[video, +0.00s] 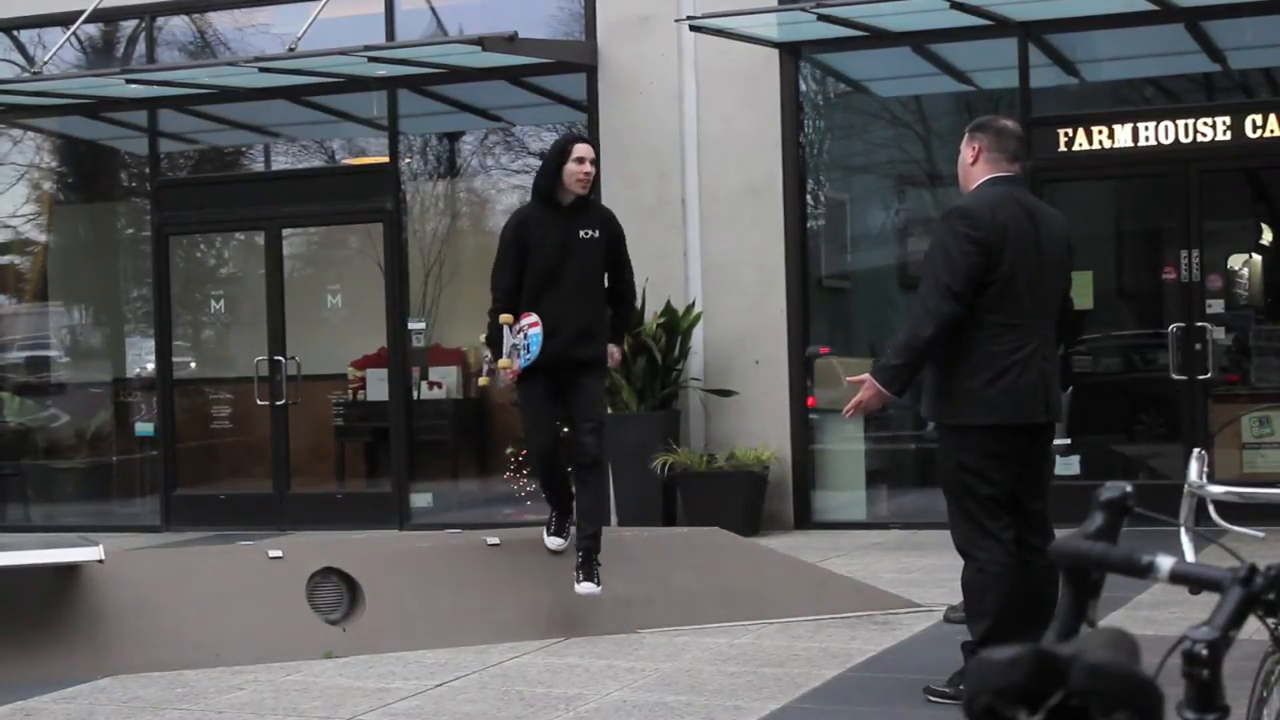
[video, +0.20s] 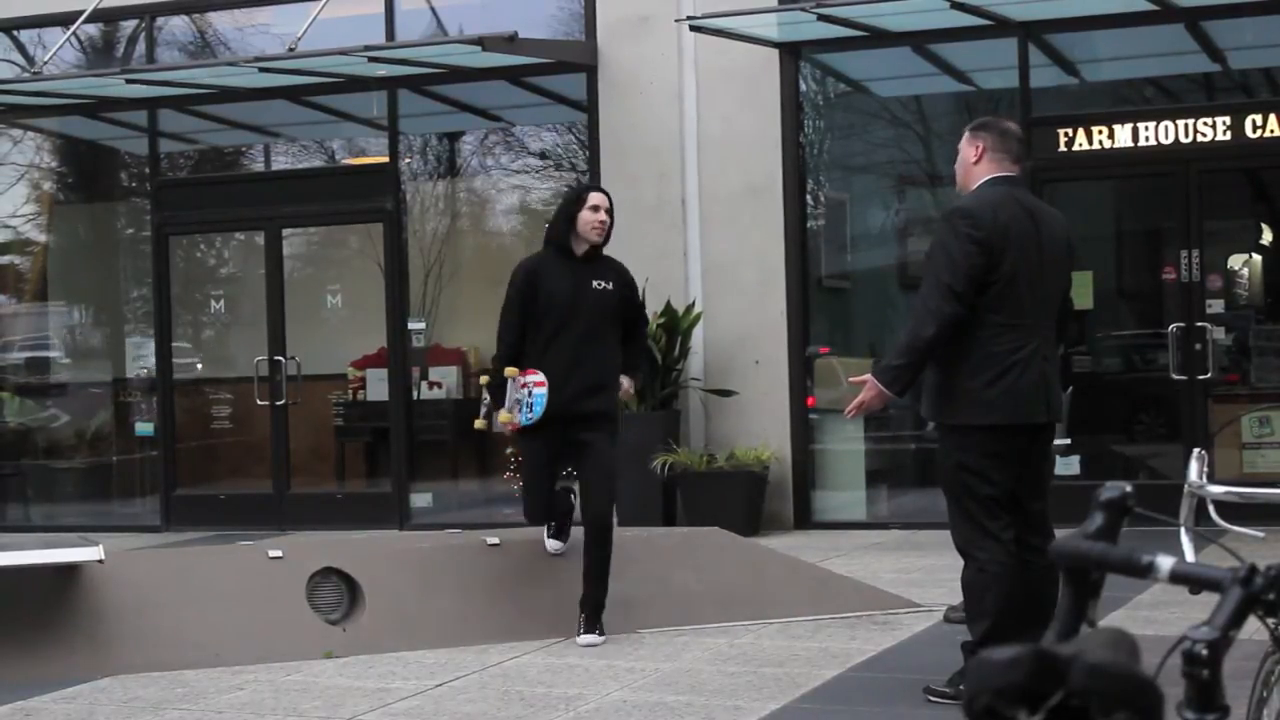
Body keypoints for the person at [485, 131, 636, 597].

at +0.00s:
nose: (587, 169)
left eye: (591, 162)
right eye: (578, 161)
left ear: (594, 170)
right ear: (555, 166)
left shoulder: (603, 221)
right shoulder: (523, 223)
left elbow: (623, 286)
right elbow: (503, 292)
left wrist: (616, 338)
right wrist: (501, 353)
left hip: (588, 356)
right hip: (535, 357)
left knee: (588, 452)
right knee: (542, 448)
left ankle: (589, 558)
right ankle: (559, 508)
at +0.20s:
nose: (602, 218)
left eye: (606, 212)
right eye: (594, 210)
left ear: (609, 222)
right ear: (570, 215)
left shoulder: (616, 275)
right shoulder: (532, 271)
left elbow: (636, 335)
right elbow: (509, 339)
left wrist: (630, 374)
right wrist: (501, 400)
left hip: (597, 410)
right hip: (541, 411)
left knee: (599, 516)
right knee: (536, 511)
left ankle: (591, 616)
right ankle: (562, 510)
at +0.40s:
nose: (604, 222)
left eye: (609, 215)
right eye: (596, 213)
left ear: (611, 225)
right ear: (572, 217)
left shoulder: (618, 279)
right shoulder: (533, 275)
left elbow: (642, 337)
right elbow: (510, 346)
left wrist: (633, 362)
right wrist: (508, 409)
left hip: (605, 419)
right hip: (548, 420)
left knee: (601, 521)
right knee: (551, 515)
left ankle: (591, 614)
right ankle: (550, 600)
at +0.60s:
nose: (603, 220)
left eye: (605, 212)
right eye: (594, 211)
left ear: (603, 221)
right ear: (567, 216)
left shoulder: (611, 273)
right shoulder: (531, 278)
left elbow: (652, 320)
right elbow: (505, 350)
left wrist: (632, 327)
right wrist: (513, 417)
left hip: (605, 421)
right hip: (550, 423)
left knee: (602, 526)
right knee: (564, 527)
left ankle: (591, 611)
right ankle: (566, 637)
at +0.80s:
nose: (611, 226)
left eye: (612, 217)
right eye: (605, 218)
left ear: (588, 221)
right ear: (577, 220)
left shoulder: (606, 274)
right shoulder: (532, 277)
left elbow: (618, 337)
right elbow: (515, 355)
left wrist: (635, 347)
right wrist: (517, 426)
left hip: (607, 422)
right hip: (556, 427)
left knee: (621, 524)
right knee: (565, 534)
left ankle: (592, 590)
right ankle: (565, 638)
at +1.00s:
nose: (617, 238)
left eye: (619, 230)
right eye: (614, 228)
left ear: (589, 224)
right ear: (591, 223)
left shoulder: (593, 273)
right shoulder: (547, 269)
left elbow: (602, 346)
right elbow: (524, 349)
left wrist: (639, 348)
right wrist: (536, 419)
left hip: (609, 428)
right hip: (563, 431)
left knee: (622, 533)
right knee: (563, 536)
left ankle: (621, 646)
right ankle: (565, 639)